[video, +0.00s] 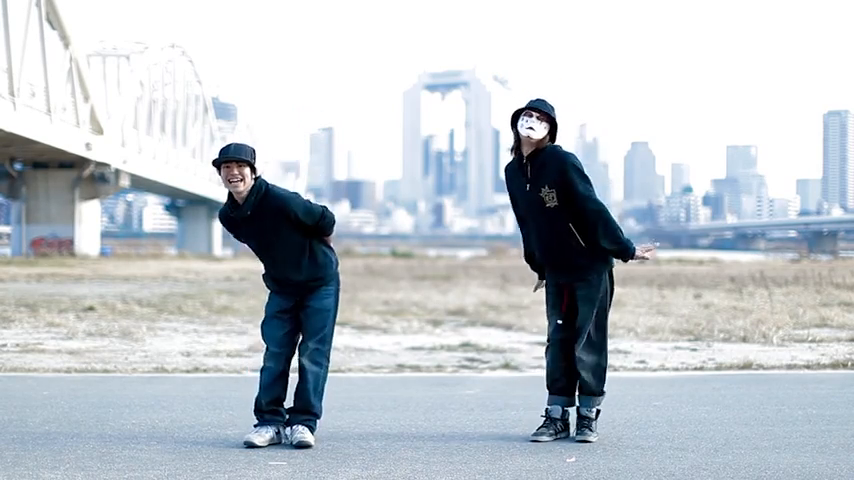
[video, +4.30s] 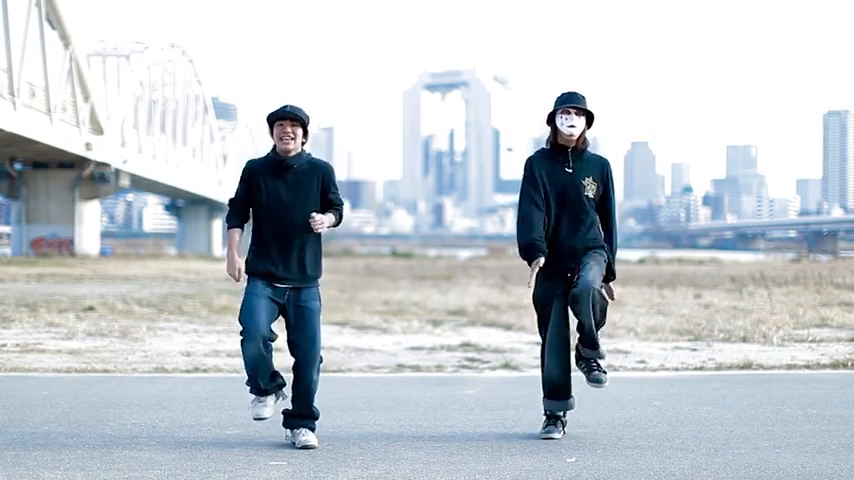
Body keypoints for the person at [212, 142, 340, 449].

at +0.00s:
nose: (235, 173)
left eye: (241, 166)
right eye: (228, 168)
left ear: (252, 170)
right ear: (220, 175)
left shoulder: (281, 201)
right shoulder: (227, 216)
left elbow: (326, 220)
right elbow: (261, 241)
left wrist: (319, 244)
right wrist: (297, 247)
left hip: (318, 280)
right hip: (281, 283)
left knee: (312, 352)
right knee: (275, 351)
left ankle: (303, 424)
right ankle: (270, 423)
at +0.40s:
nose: (285, 168)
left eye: (292, 163)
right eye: (280, 161)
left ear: (301, 167)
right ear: (269, 162)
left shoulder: (315, 205)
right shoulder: (249, 198)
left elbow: (323, 249)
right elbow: (225, 242)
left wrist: (301, 269)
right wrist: (249, 268)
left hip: (302, 297)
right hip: (259, 298)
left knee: (303, 364)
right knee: (257, 367)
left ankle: (302, 427)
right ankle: (265, 427)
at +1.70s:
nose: (246, 138)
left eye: (252, 133)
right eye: (240, 135)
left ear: (265, 139)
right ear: (233, 145)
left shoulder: (293, 173)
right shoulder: (237, 191)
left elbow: (328, 205)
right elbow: (254, 227)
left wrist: (320, 237)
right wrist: (287, 240)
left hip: (314, 276)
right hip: (276, 279)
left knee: (307, 352)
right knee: (270, 352)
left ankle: (301, 424)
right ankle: (268, 423)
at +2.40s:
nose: (291, 161)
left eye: (298, 156)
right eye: (286, 155)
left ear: (307, 163)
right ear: (275, 159)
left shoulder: (321, 205)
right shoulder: (254, 198)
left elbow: (330, 249)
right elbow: (232, 242)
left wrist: (311, 273)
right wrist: (254, 270)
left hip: (305, 297)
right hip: (262, 296)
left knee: (309, 364)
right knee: (260, 364)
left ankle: (301, 426)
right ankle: (264, 426)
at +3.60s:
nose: (242, 144)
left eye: (248, 137)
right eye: (236, 139)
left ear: (262, 141)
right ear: (230, 146)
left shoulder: (293, 175)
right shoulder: (236, 190)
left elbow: (326, 209)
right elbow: (254, 227)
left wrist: (315, 242)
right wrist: (284, 240)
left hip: (312, 277)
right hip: (272, 279)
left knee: (307, 353)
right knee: (267, 352)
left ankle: (303, 424)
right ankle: (267, 423)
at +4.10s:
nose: (281, 142)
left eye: (288, 137)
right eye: (275, 135)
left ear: (298, 141)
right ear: (266, 138)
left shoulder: (316, 177)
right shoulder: (249, 184)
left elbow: (338, 206)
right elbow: (236, 230)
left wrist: (334, 239)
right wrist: (243, 270)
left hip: (304, 286)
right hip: (262, 286)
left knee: (309, 359)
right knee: (259, 358)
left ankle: (302, 424)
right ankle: (254, 424)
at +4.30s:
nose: (287, 134)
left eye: (293, 129)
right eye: (281, 129)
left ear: (303, 134)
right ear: (272, 134)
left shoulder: (320, 171)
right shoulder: (255, 170)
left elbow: (336, 210)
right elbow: (236, 212)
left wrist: (327, 219)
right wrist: (232, 252)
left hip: (305, 280)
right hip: (263, 277)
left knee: (309, 355)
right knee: (253, 333)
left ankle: (302, 424)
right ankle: (266, 388)